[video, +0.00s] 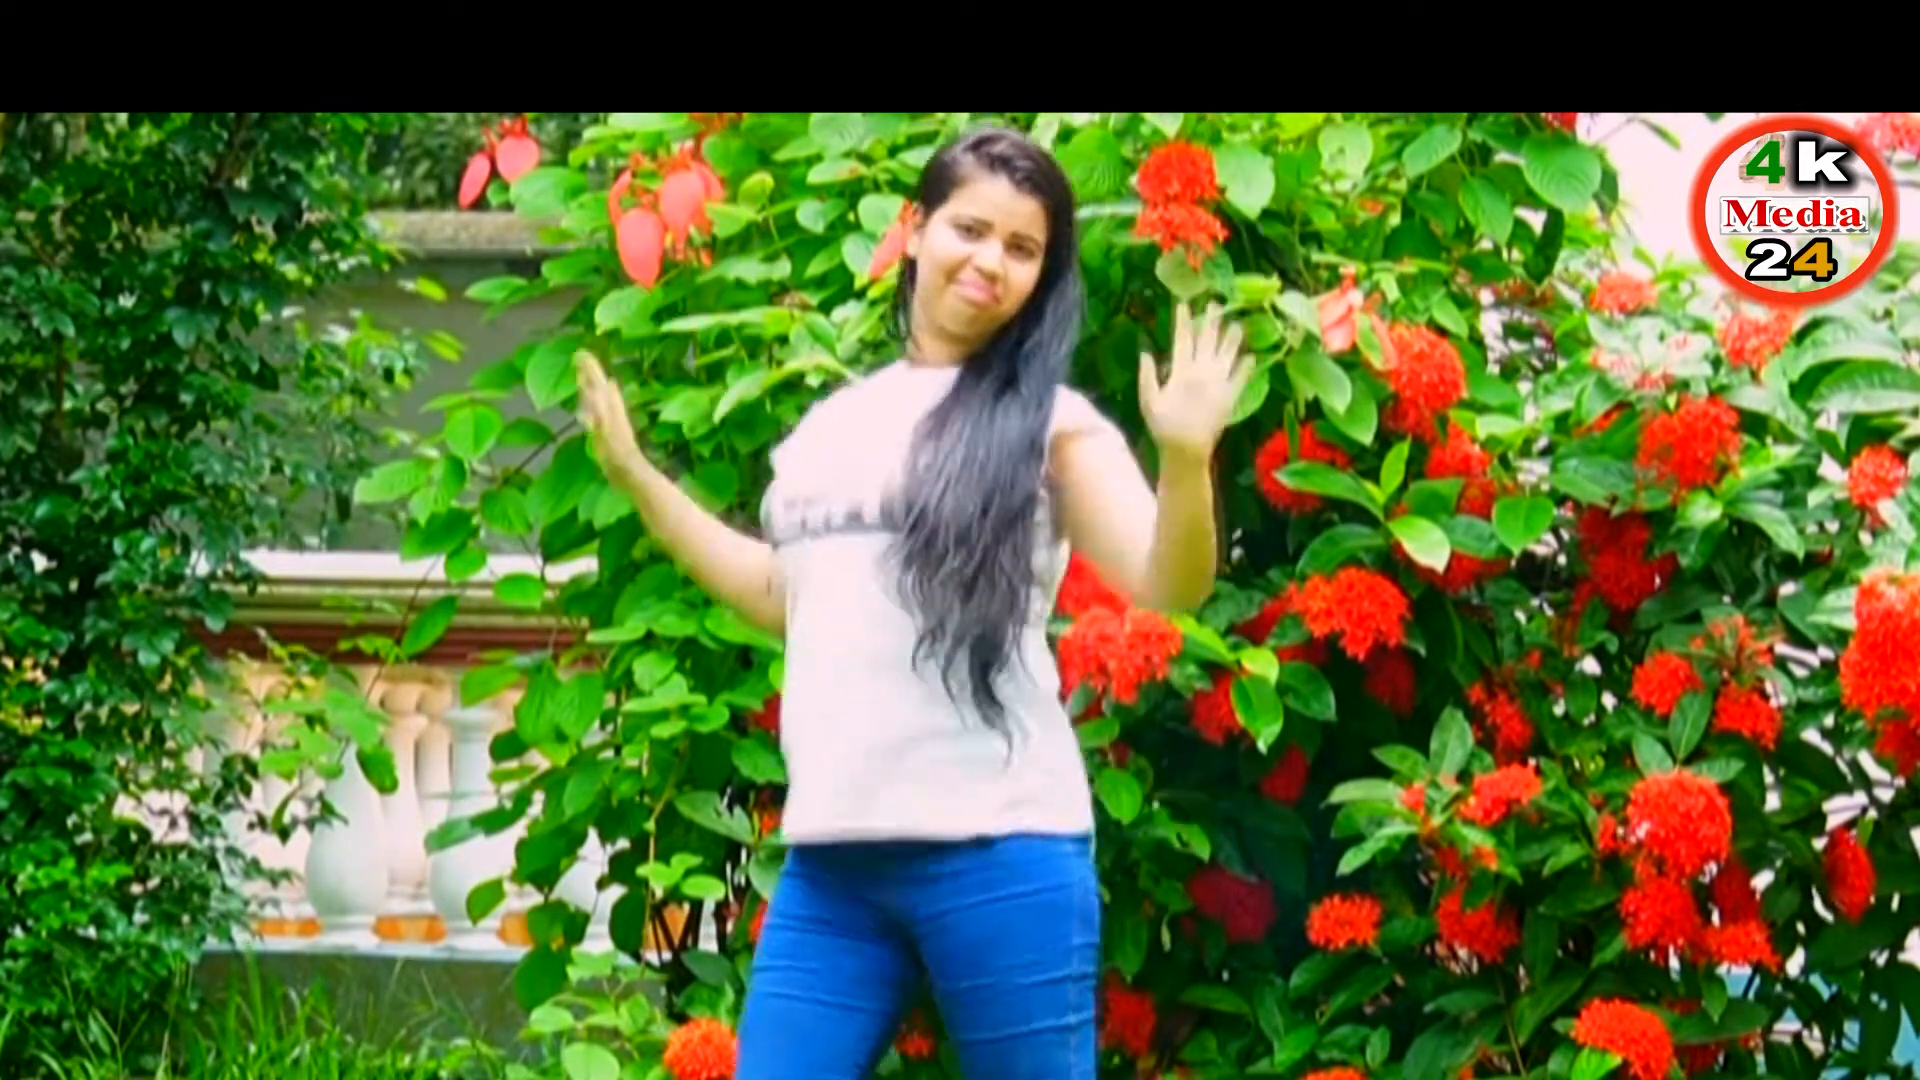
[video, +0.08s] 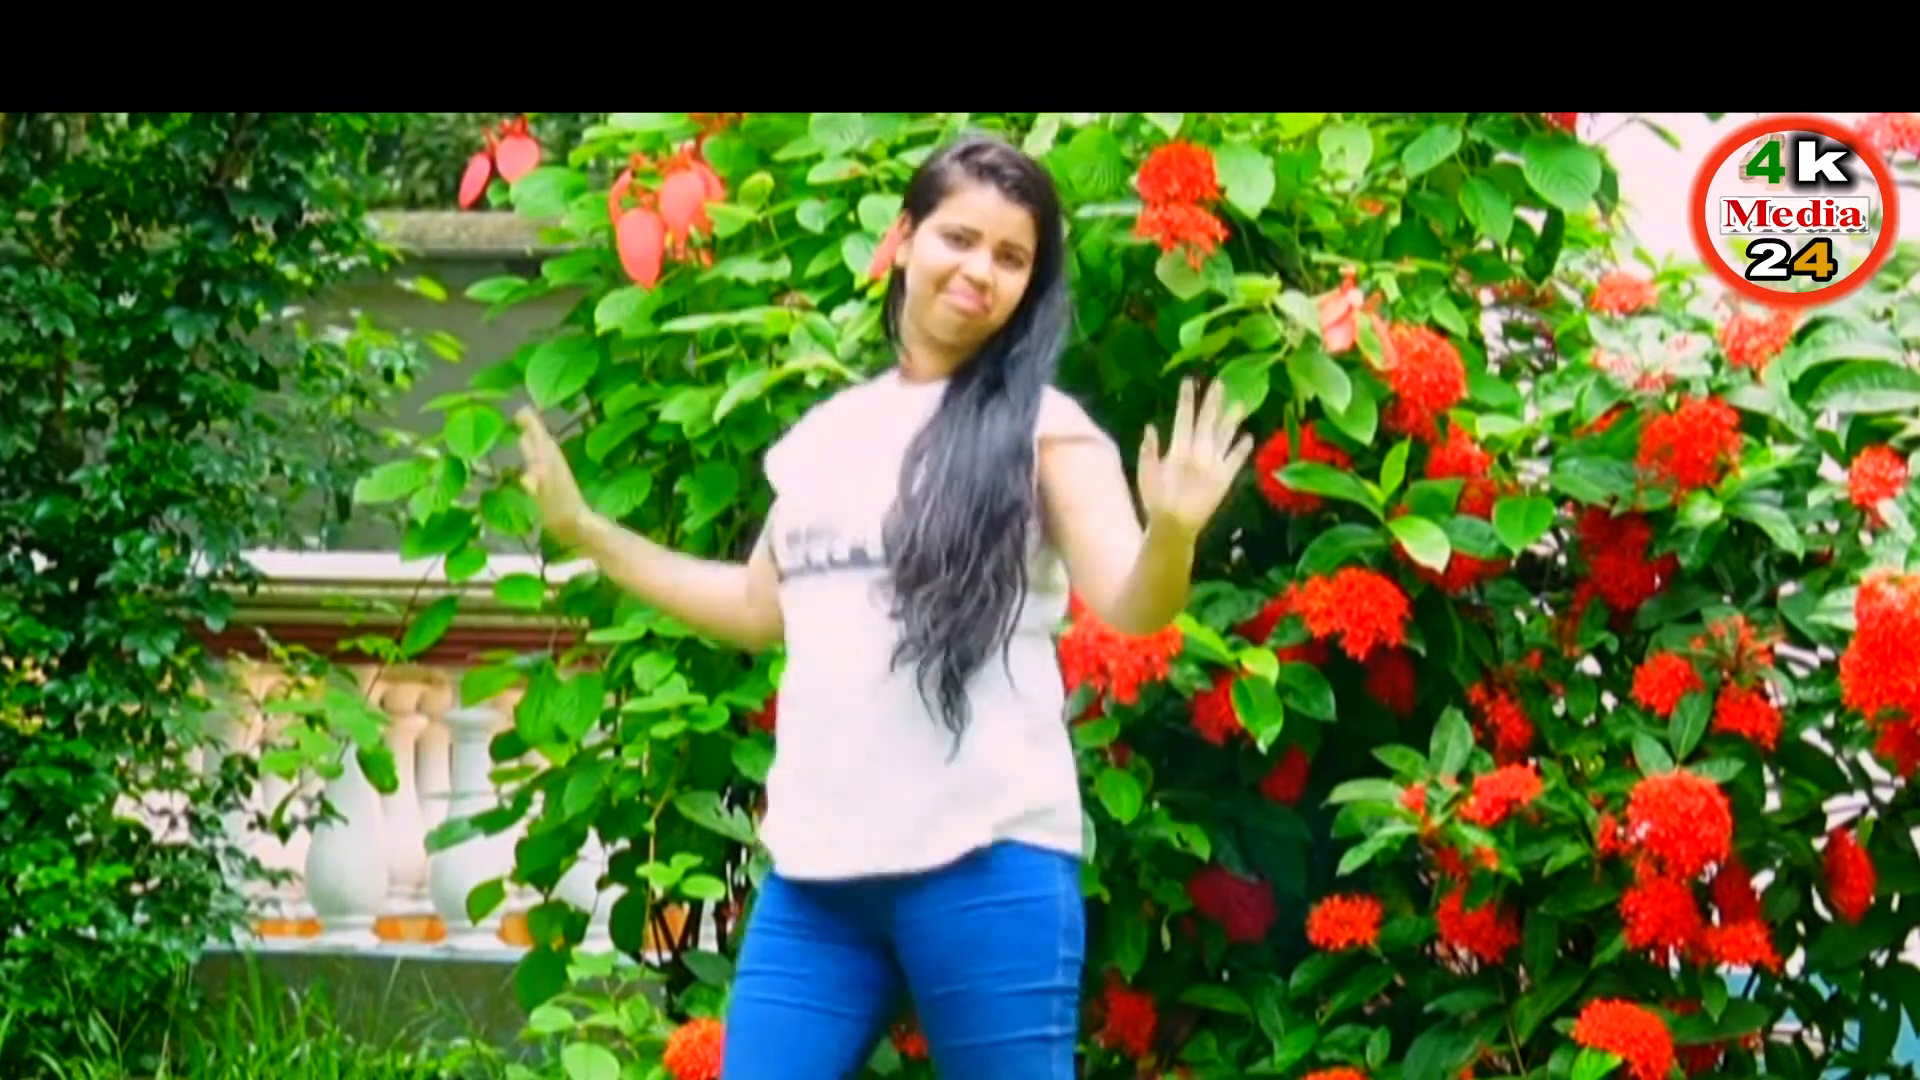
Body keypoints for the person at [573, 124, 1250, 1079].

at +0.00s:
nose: (989, 263)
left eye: (1021, 248)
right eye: (969, 229)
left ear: (1042, 276)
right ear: (916, 233)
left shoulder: (1046, 418)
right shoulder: (829, 421)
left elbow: (1165, 592)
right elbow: (783, 600)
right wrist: (634, 471)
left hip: (1004, 861)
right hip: (829, 862)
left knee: (1036, 1070)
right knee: (769, 1071)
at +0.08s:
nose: (978, 272)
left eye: (1007, 257)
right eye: (958, 239)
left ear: (1029, 286)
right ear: (905, 242)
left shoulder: (1040, 423)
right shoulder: (824, 433)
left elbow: (1128, 614)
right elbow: (758, 609)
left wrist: (1172, 534)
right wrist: (585, 531)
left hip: (989, 867)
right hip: (814, 873)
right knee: (752, 1069)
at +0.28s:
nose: (968, 291)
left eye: (999, 275)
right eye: (947, 258)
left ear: (1023, 303)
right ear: (890, 263)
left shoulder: (1027, 431)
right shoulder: (823, 450)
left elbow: (1121, 640)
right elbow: (780, 631)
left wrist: (1129, 637)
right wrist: (605, 604)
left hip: (982, 879)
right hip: (809, 879)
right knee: (733, 1069)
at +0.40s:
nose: (970, 300)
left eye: (1002, 285)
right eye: (951, 267)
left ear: (1025, 315)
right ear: (895, 269)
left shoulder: (1037, 461)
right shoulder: (825, 462)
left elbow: (1095, 707)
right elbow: (821, 662)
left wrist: (1103, 689)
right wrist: (656, 691)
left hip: (984, 893)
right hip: (817, 895)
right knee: (726, 1070)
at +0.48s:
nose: (973, 300)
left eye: (1005, 286)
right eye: (954, 266)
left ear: (1027, 316)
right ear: (902, 270)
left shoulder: (1042, 464)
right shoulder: (834, 467)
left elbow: (1090, 687)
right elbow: (795, 661)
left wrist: (1094, 710)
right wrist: (639, 729)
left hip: (978, 889)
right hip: (813, 886)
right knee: (729, 1068)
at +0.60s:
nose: (989, 283)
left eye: (1023, 271)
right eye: (972, 251)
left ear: (1047, 304)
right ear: (923, 261)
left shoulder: (1067, 433)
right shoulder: (879, 452)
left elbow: (1148, 627)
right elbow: (804, 634)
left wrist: (1102, 593)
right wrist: (631, 622)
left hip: (995, 878)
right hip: (825, 865)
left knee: (1008, 1067)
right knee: (758, 1065)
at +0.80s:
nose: (1039, 233)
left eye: (1072, 218)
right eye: (1020, 205)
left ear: (1104, 255)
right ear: (977, 224)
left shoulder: (1110, 390)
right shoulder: (917, 410)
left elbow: (1208, 558)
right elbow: (875, 577)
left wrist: (1165, 388)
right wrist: (757, 444)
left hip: (1068, 850)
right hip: (902, 851)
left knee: (1077, 1070)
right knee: (833, 1070)